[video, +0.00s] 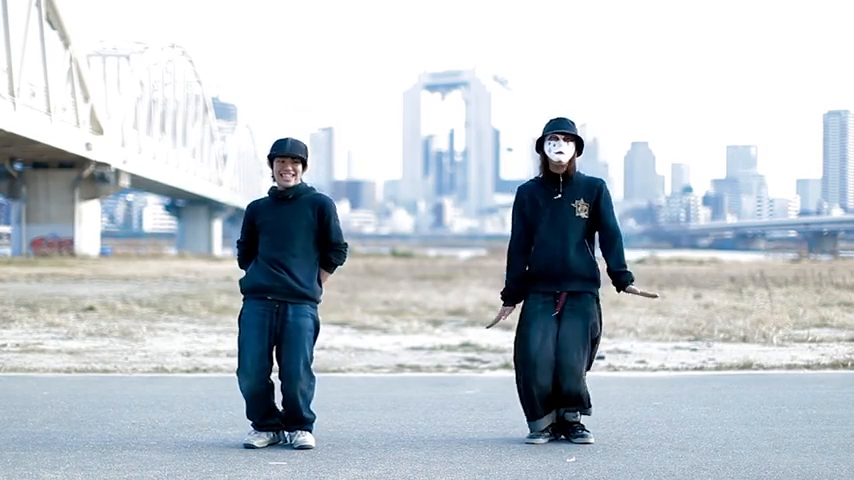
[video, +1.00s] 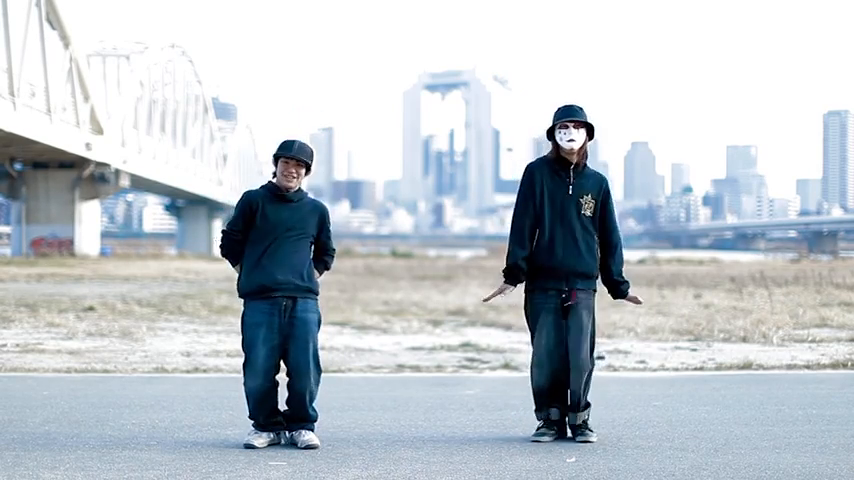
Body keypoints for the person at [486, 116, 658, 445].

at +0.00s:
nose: (559, 146)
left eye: (566, 141)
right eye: (553, 141)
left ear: (576, 148)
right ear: (543, 147)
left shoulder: (593, 188)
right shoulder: (527, 192)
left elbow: (610, 236)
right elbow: (518, 245)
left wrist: (621, 277)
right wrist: (510, 293)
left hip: (580, 288)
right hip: (539, 289)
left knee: (572, 354)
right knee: (534, 354)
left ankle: (571, 420)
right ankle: (544, 424)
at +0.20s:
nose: (540, 106)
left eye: (549, 103)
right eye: (536, 101)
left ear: (560, 112)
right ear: (526, 109)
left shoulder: (573, 144)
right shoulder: (517, 156)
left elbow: (603, 190)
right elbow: (506, 209)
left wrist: (635, 233)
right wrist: (507, 257)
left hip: (587, 253)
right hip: (549, 256)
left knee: (578, 330)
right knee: (544, 331)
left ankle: (578, 412)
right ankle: (543, 414)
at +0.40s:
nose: (529, 126)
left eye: (538, 123)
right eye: (525, 120)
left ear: (548, 133)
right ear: (516, 127)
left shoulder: (559, 167)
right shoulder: (513, 173)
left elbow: (589, 212)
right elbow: (539, 219)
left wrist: (620, 251)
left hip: (591, 266)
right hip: (558, 268)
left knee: (589, 336)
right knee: (555, 335)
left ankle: (585, 416)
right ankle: (555, 416)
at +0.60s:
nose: (537, 111)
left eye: (544, 106)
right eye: (532, 106)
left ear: (556, 113)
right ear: (523, 114)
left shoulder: (576, 145)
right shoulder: (518, 157)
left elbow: (605, 191)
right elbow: (512, 212)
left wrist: (637, 232)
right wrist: (514, 259)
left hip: (587, 254)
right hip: (549, 257)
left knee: (585, 330)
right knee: (552, 333)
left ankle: (587, 415)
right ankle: (553, 415)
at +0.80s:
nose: (553, 130)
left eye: (560, 124)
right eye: (547, 125)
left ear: (571, 129)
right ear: (539, 130)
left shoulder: (593, 174)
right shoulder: (525, 173)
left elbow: (622, 218)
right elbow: (512, 226)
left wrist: (646, 257)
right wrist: (513, 274)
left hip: (582, 271)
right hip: (543, 272)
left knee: (577, 341)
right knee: (543, 342)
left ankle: (582, 418)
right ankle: (551, 417)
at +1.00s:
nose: (570, 133)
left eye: (576, 128)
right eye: (563, 128)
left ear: (586, 134)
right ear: (553, 134)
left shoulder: (596, 181)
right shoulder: (536, 172)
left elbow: (609, 236)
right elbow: (521, 224)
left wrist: (618, 284)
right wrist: (514, 273)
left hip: (581, 280)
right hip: (542, 279)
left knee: (580, 354)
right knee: (544, 351)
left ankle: (579, 421)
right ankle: (549, 421)